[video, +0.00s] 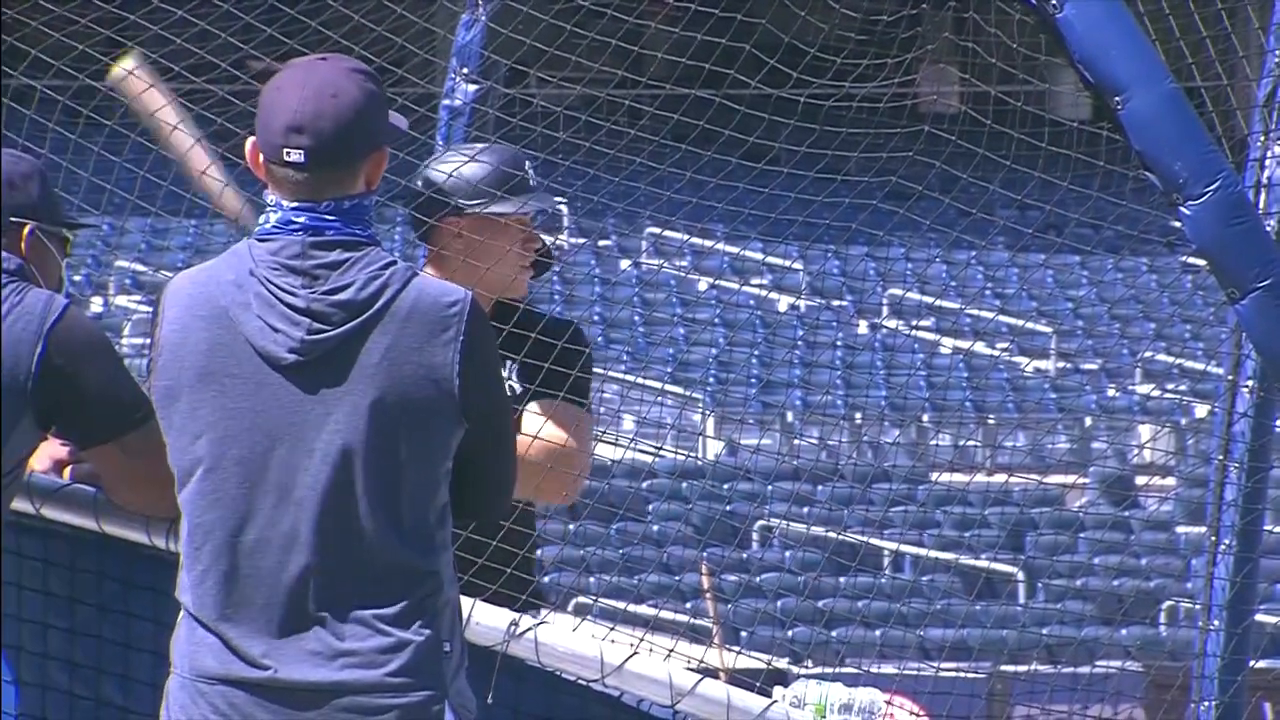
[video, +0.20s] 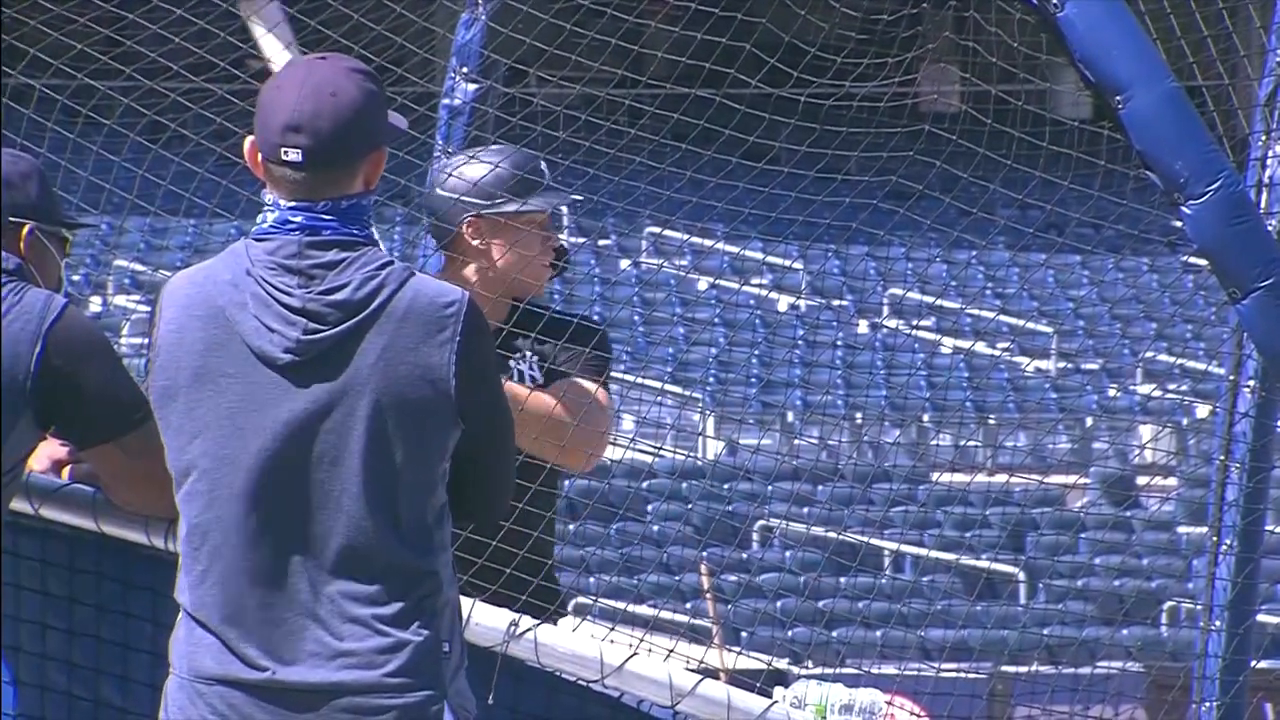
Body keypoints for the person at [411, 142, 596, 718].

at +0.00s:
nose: (537, 241)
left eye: (533, 225)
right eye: (519, 224)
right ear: (454, 231)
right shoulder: (382, 319)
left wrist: (431, 433)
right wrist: (521, 432)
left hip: (495, 601)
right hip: (377, 587)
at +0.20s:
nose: (557, 243)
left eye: (552, 226)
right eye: (539, 226)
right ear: (475, 234)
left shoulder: (567, 338)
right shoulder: (403, 321)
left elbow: (583, 445)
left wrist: (457, 381)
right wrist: (556, 421)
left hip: (519, 610)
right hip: (405, 598)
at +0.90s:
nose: (553, 238)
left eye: (550, 220)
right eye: (536, 221)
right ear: (469, 234)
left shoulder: (557, 345)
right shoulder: (389, 311)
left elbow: (542, 442)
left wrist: (446, 334)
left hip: (469, 610)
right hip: (356, 588)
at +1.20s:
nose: (557, 249)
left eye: (551, 230)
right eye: (537, 230)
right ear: (467, 238)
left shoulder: (564, 350)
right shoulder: (380, 310)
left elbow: (553, 438)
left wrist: (432, 307)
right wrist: (363, 269)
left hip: (470, 631)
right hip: (352, 606)